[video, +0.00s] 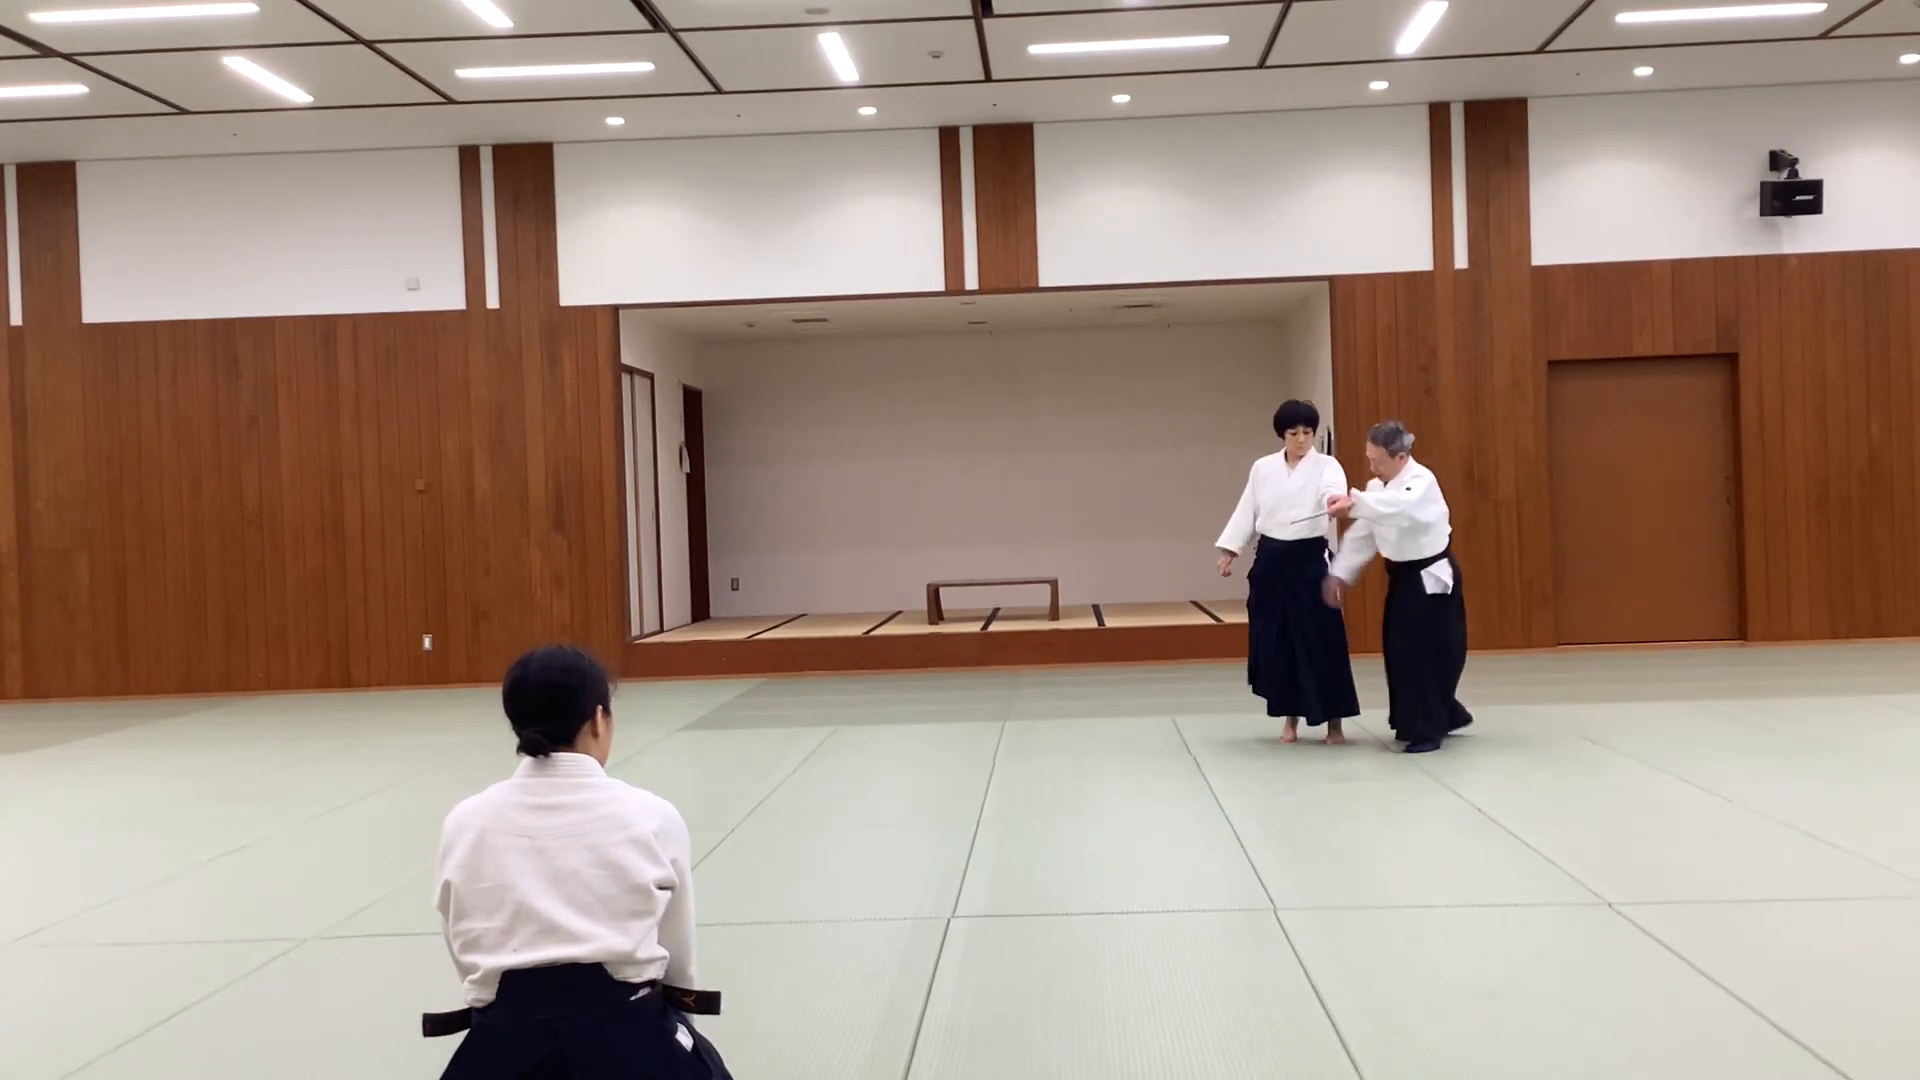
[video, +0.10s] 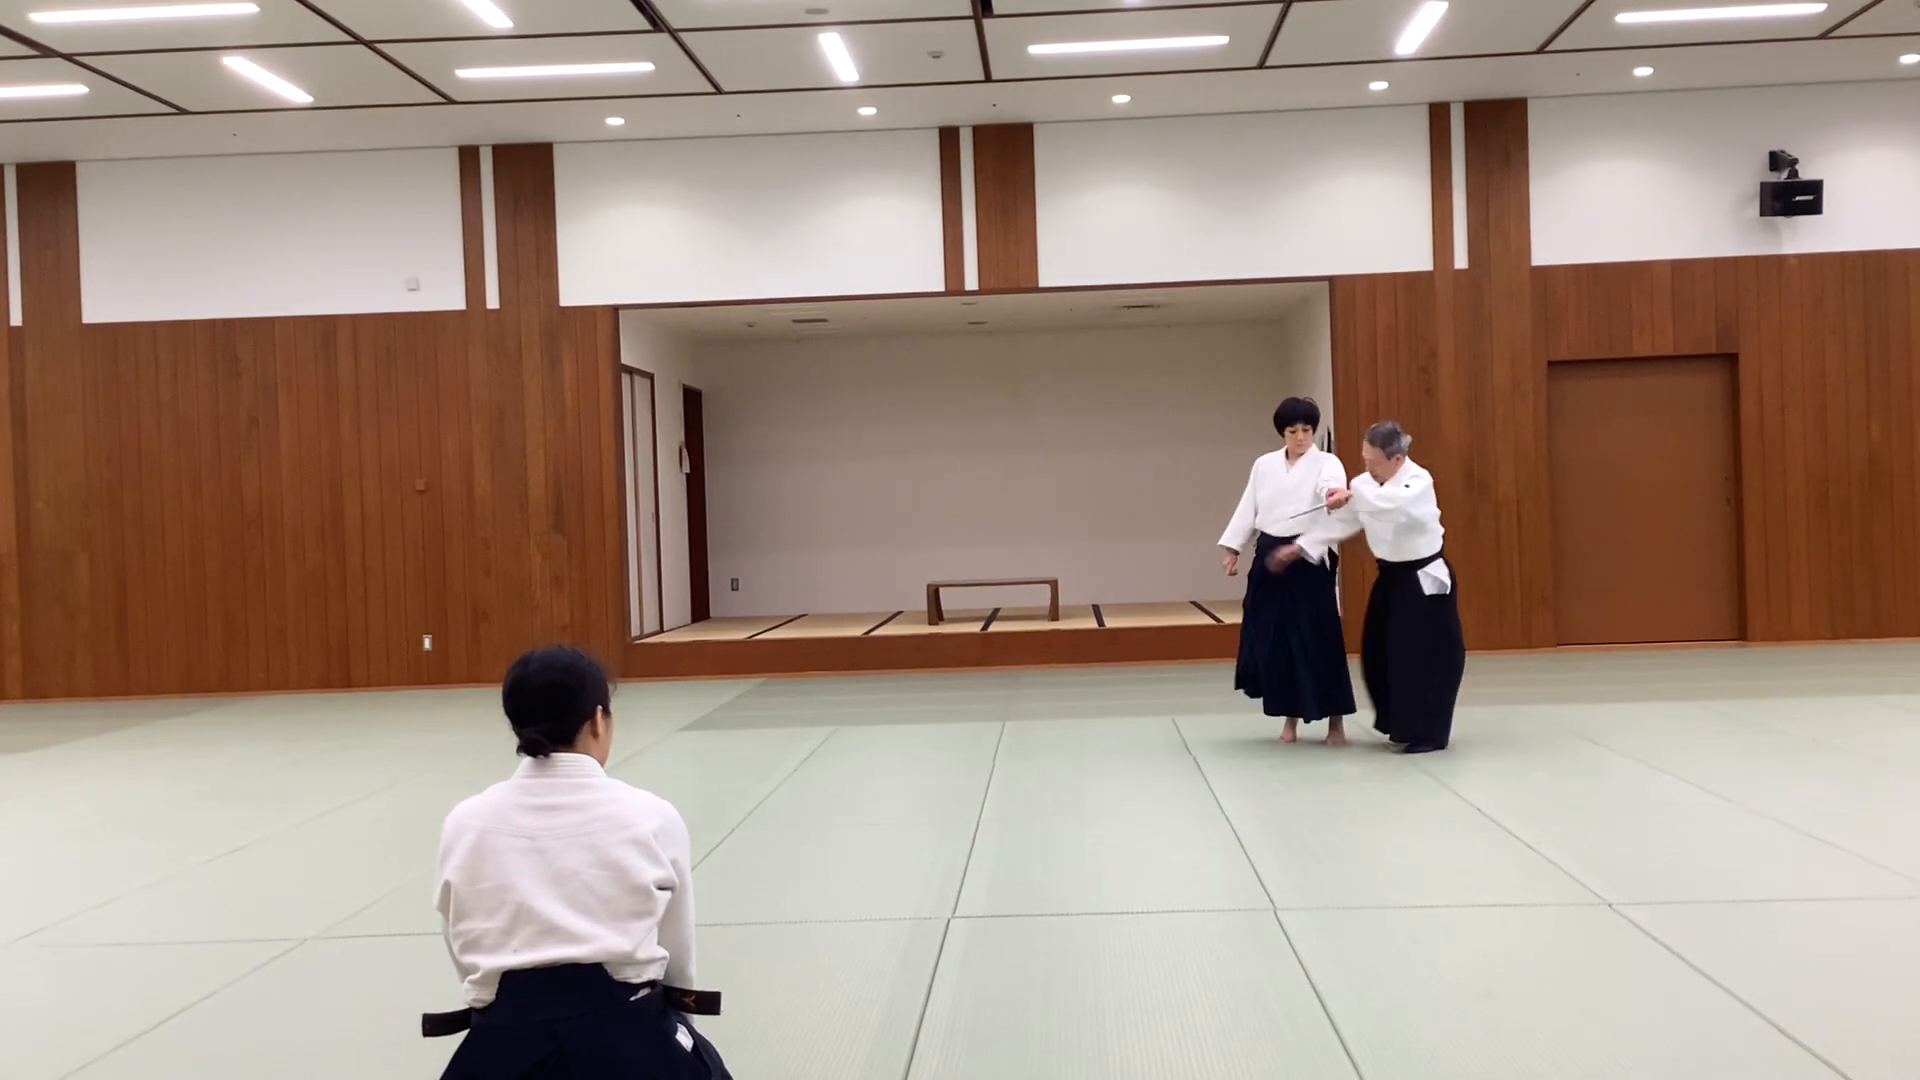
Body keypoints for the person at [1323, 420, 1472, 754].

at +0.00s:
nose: (1370, 465)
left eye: (1375, 459)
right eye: (1368, 459)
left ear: (1398, 455)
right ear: (1374, 454)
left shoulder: (1421, 480)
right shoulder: (1377, 487)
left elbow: (1400, 506)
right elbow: (1360, 535)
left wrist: (1354, 502)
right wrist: (1338, 573)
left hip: (1431, 576)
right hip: (1401, 577)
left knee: (1424, 650)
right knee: (1400, 649)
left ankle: (1426, 730)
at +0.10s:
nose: (1364, 464)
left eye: (1370, 459)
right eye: (1364, 458)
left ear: (1394, 456)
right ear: (1370, 454)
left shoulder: (1418, 480)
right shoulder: (1367, 485)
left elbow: (1394, 503)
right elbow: (1342, 521)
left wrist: (1352, 493)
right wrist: (1298, 547)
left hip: (1425, 578)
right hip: (1390, 578)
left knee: (1425, 654)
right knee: (1380, 650)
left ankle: (1430, 734)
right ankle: (1401, 726)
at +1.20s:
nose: (1266, 485)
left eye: (1271, 476)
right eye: (1258, 479)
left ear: (1282, 471)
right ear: (1246, 481)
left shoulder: (1309, 501)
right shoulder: (1239, 509)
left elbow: (1345, 555)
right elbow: (1201, 532)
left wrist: (1330, 596)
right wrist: (1168, 554)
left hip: (1328, 585)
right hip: (1279, 590)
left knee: (1362, 659)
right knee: (1255, 663)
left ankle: (1401, 735)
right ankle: (1247, 743)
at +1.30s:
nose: (1297, 484)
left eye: (1302, 476)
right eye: (1289, 478)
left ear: (1311, 474)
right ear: (1276, 480)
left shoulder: (1335, 506)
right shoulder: (1263, 511)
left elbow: (1371, 557)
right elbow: (1223, 541)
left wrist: (1361, 595)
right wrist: (1190, 572)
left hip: (1341, 594)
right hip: (1293, 595)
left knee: (1365, 665)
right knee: (1263, 663)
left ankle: (1404, 744)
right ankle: (1249, 743)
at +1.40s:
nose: (1319, 489)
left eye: (1325, 481)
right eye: (1311, 482)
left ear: (1340, 475)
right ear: (1303, 481)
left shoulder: (1361, 512)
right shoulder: (1293, 513)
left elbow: (1393, 564)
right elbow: (1265, 554)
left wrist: (1385, 602)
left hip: (1361, 599)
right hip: (1315, 597)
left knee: (1380, 668)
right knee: (1279, 660)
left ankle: (1404, 747)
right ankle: (1249, 741)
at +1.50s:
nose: (1327, 490)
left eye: (1335, 482)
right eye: (1322, 482)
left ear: (1355, 479)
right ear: (1317, 480)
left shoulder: (1378, 513)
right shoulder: (1313, 512)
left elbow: (1408, 565)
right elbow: (1310, 565)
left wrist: (1407, 609)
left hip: (1377, 599)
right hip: (1334, 596)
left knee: (1396, 669)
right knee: (1296, 658)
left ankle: (1405, 749)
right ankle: (1274, 737)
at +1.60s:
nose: (1336, 490)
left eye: (1344, 482)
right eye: (1331, 482)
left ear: (1365, 479)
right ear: (1327, 479)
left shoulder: (1389, 512)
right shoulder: (1325, 513)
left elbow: (1419, 562)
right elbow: (1332, 565)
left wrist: (1425, 608)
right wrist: (1338, 600)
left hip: (1391, 600)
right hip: (1350, 598)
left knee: (1397, 669)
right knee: (1328, 661)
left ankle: (1403, 749)